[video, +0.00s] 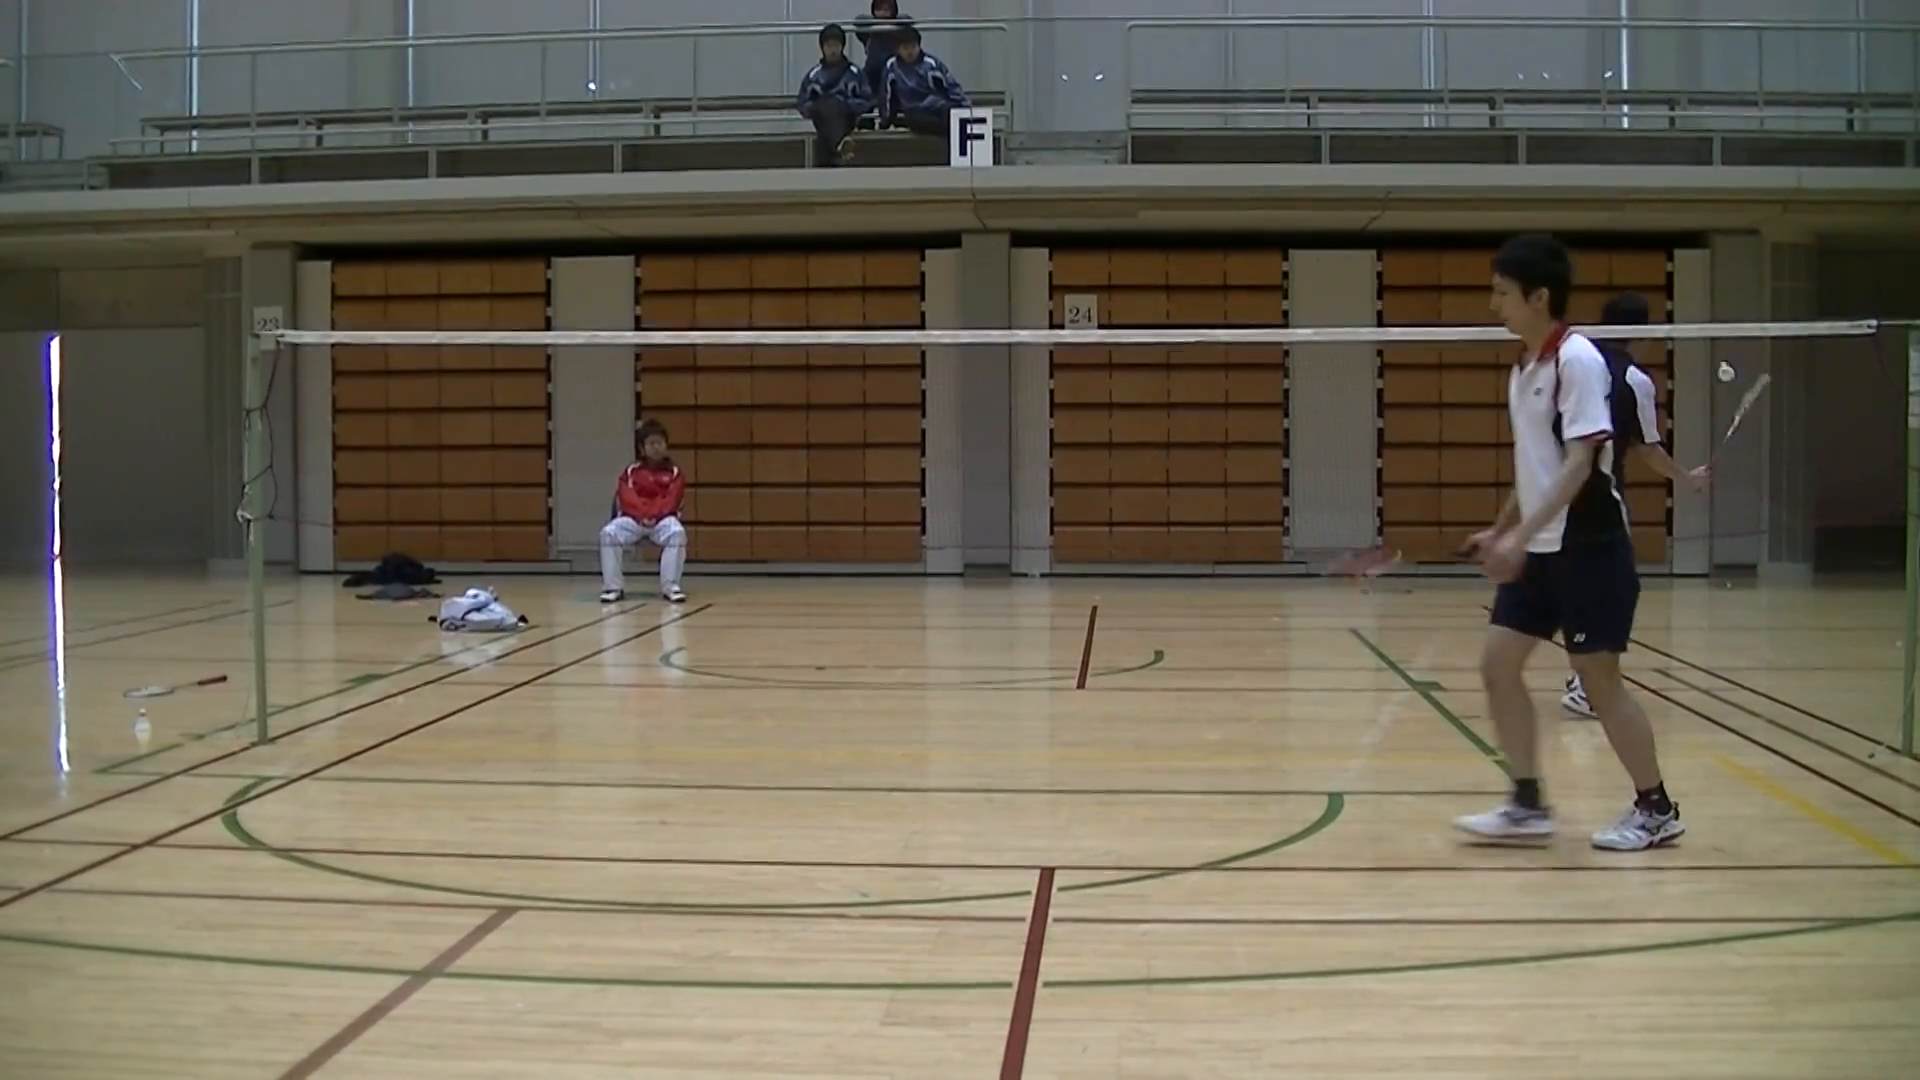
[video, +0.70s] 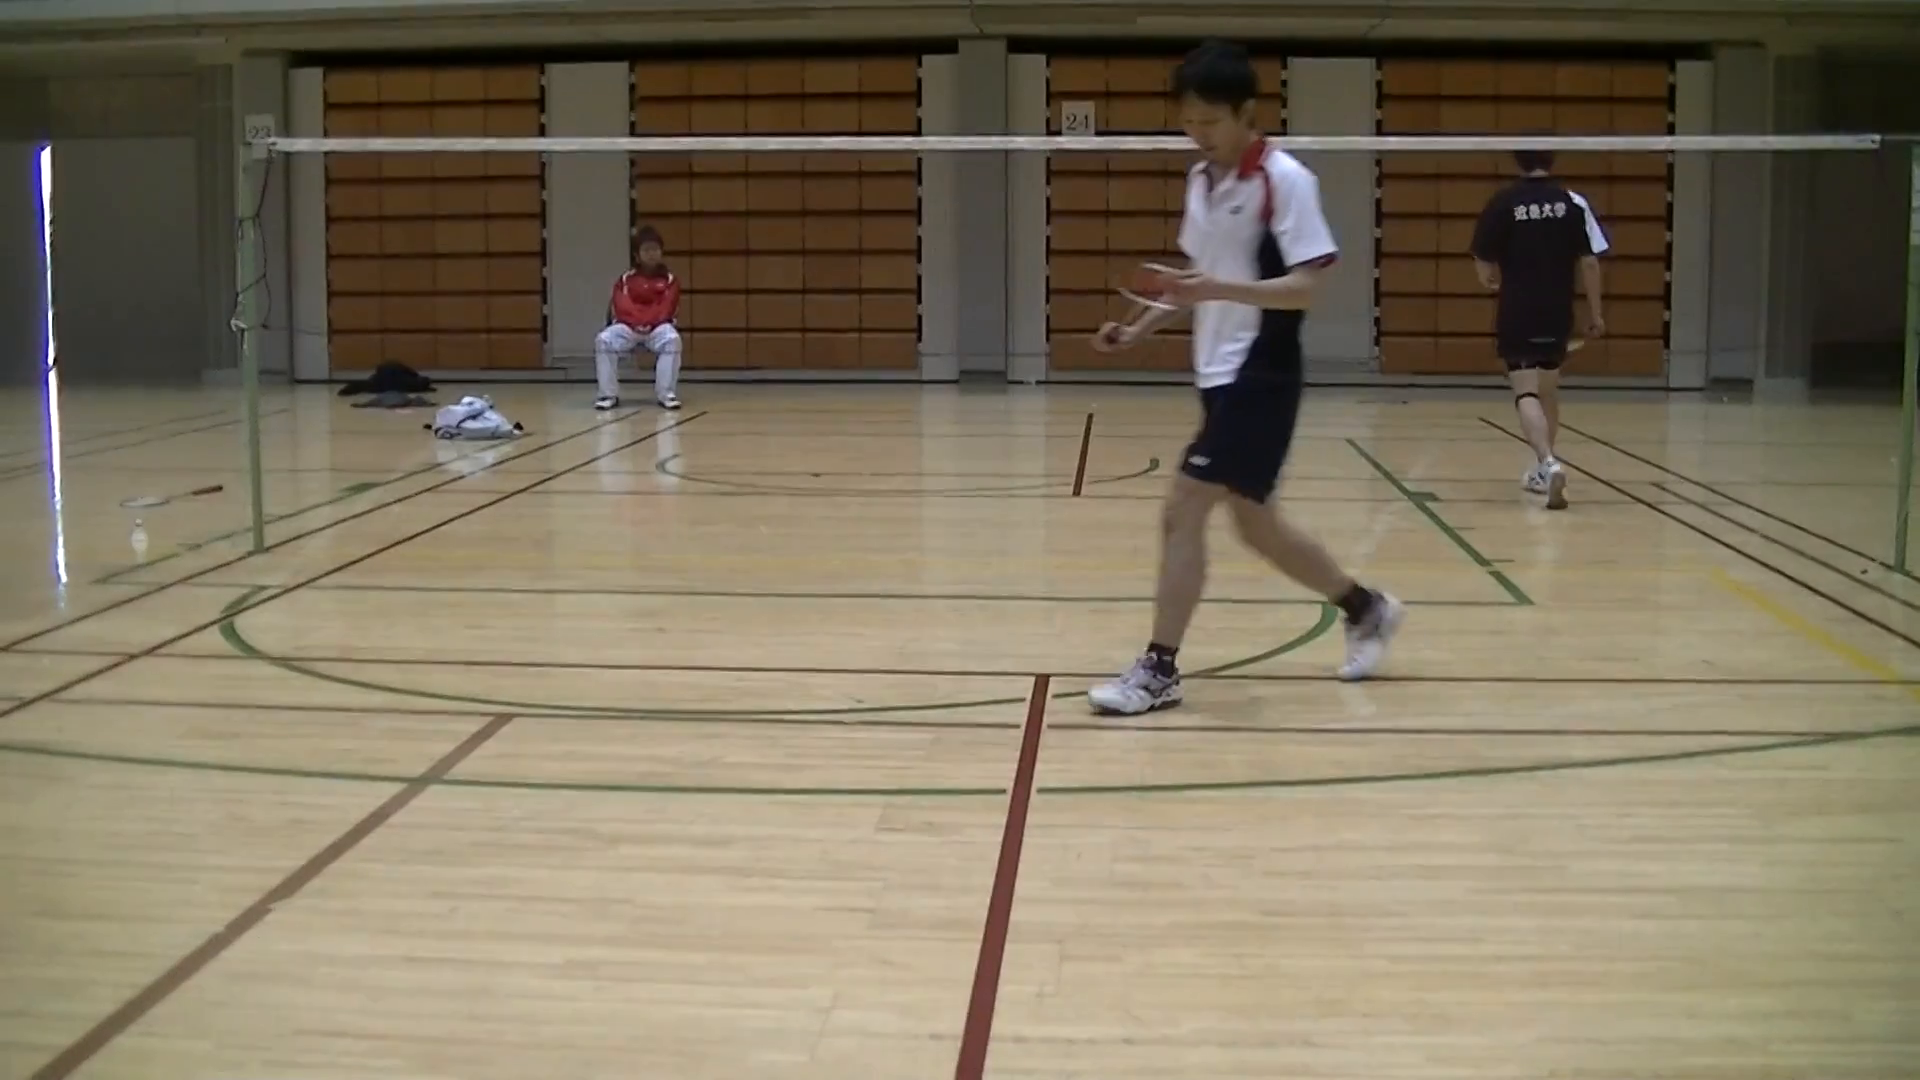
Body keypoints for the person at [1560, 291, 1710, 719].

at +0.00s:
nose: (1649, 338)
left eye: (1646, 331)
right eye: (1647, 331)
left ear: (1604, 325)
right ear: (1639, 334)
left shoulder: (1576, 364)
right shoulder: (1636, 380)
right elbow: (1646, 449)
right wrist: (1684, 475)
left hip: (1570, 493)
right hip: (1605, 496)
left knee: (1584, 583)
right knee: (1613, 584)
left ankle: (1582, 678)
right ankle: (1585, 682)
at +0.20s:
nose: (1614, 340)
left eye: (1611, 334)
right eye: (1613, 335)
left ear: (1573, 332)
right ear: (1609, 337)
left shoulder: (1545, 372)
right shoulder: (1618, 380)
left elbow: (1527, 434)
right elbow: (1644, 445)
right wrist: (1668, 471)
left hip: (1546, 488)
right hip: (1591, 490)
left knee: (1550, 576)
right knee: (1603, 576)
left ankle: (1543, 662)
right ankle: (1592, 668)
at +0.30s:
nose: (1605, 338)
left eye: (1602, 331)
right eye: (1602, 332)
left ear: (1561, 332)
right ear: (1594, 334)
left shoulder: (1534, 373)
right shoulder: (1606, 376)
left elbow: (1511, 427)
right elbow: (1629, 442)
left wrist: (1513, 473)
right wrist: (1648, 481)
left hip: (1540, 488)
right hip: (1585, 489)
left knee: (1551, 578)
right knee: (1603, 572)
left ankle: (1560, 668)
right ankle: (1596, 642)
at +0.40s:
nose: (1573, 260)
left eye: (1564, 250)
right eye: (1576, 252)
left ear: (1550, 256)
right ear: (1583, 256)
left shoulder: (1525, 300)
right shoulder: (1595, 297)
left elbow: (1504, 353)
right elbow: (1619, 356)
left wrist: (1502, 400)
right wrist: (1622, 404)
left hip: (1538, 414)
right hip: (1582, 414)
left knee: (1544, 505)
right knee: (1588, 493)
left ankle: (1556, 589)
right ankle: (1589, 565)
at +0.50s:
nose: (1573, 179)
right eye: (1573, 172)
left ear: (1537, 175)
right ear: (1573, 175)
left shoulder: (1518, 217)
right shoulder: (1590, 218)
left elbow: (1498, 278)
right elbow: (1603, 281)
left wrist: (1500, 317)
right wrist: (1610, 326)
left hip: (1530, 329)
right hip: (1574, 329)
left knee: (1542, 419)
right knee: (1573, 415)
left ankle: (1556, 506)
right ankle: (1575, 501)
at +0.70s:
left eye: (1521, 159)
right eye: (1545, 158)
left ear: (1517, 162)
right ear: (1551, 162)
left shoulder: (1502, 202)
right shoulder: (1572, 204)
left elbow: (1485, 267)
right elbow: (1589, 262)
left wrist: (1493, 278)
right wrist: (1595, 313)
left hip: (1518, 308)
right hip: (1558, 308)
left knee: (1526, 393)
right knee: (1548, 392)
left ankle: (1549, 463)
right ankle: (1539, 470)